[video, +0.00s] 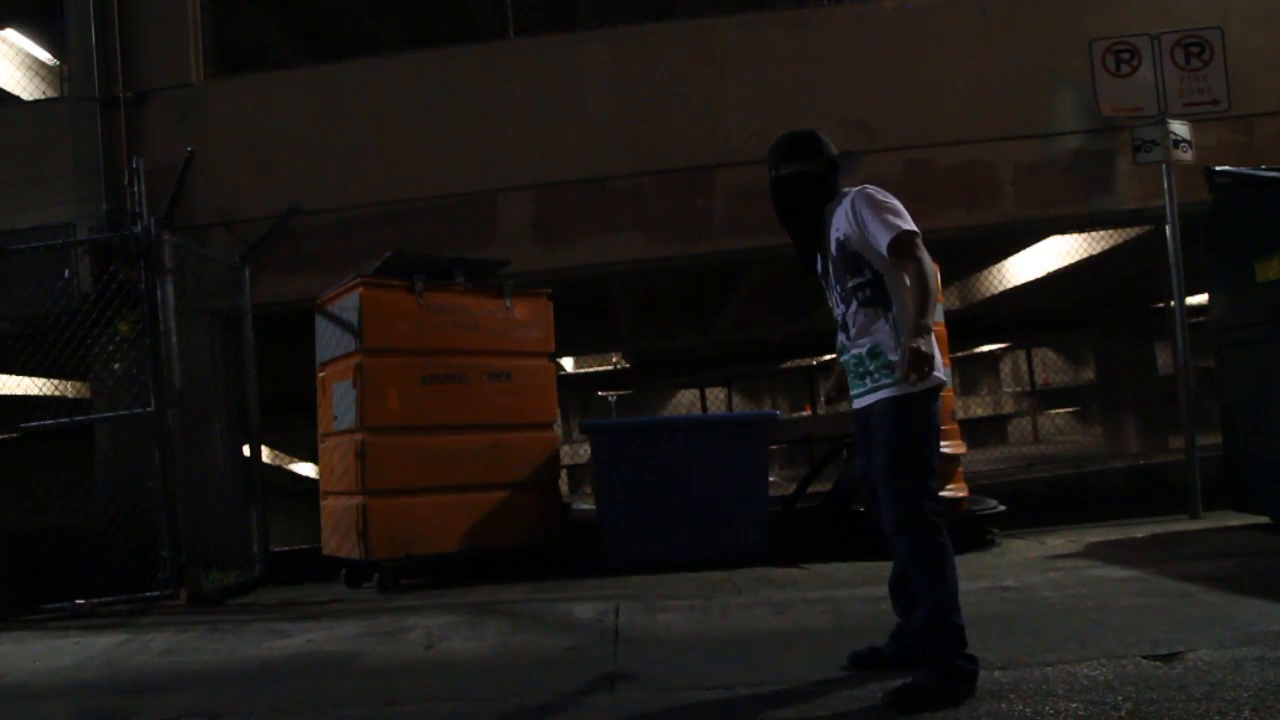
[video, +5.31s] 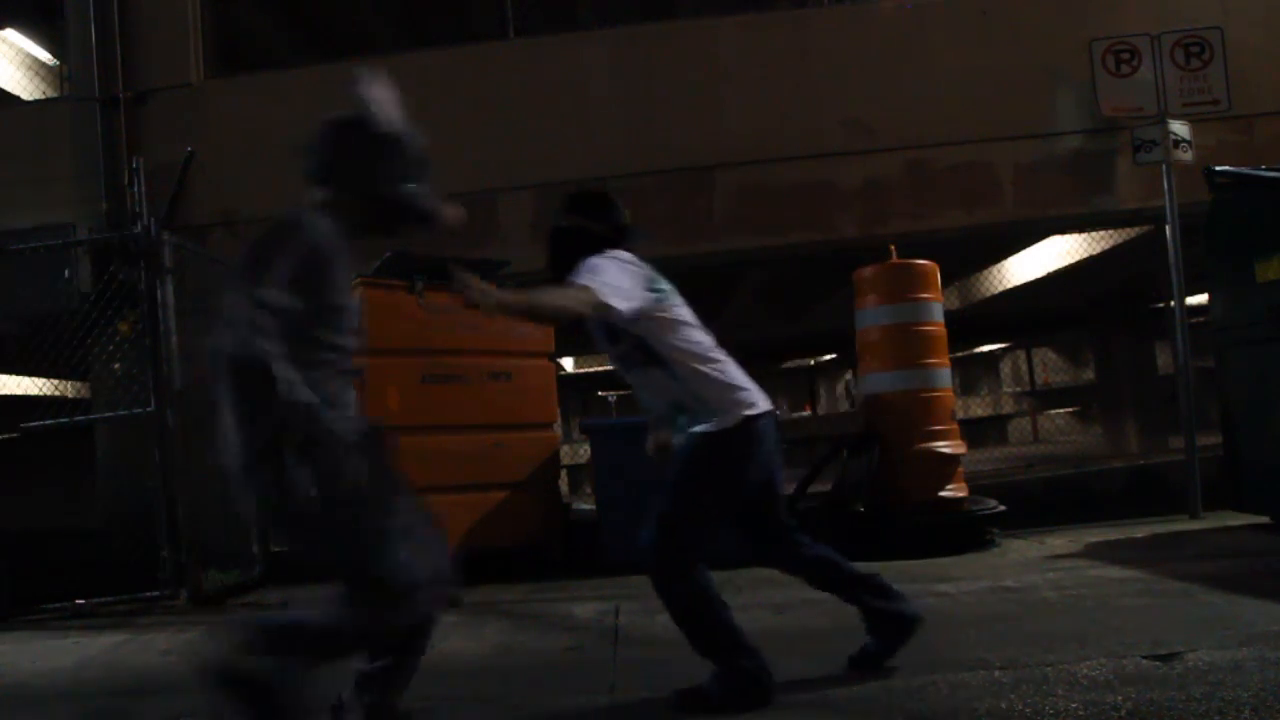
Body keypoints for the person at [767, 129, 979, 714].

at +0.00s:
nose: (782, 193)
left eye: (790, 178)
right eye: (778, 182)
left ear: (817, 171)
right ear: (790, 182)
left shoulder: (861, 203)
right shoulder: (828, 233)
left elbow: (918, 267)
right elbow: (865, 310)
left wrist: (916, 336)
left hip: (904, 392)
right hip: (875, 398)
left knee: (916, 522)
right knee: (897, 522)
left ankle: (948, 661)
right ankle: (914, 638)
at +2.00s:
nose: (770, 209)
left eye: (776, 194)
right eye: (766, 197)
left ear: (806, 185)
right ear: (783, 196)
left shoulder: (855, 210)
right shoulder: (821, 257)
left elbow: (918, 271)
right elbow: (858, 330)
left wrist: (920, 363)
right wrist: (865, 394)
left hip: (906, 393)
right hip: (875, 402)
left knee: (912, 518)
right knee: (896, 519)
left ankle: (945, 660)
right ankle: (914, 639)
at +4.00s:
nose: (774, 208)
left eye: (779, 194)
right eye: (770, 197)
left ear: (806, 185)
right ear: (786, 195)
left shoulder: (858, 213)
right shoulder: (820, 258)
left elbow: (915, 276)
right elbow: (849, 337)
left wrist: (916, 373)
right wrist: (852, 399)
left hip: (908, 393)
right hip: (874, 403)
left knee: (911, 520)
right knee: (894, 521)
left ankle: (946, 661)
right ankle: (913, 638)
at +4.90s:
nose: (712, 221)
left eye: (720, 207)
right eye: (708, 210)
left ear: (747, 202)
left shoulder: (794, 232)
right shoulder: (757, 272)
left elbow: (856, 287)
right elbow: (805, 345)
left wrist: (882, 377)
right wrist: (814, 408)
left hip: (871, 394)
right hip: (843, 402)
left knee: (846, 517)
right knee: (878, 514)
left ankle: (929, 634)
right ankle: (908, 635)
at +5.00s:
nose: (686, 228)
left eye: (694, 214)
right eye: (683, 216)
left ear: (721, 209)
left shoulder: (769, 240)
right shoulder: (733, 276)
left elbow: (840, 296)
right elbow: (782, 349)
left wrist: (886, 373)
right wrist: (791, 412)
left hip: (852, 400)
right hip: (822, 409)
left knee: (811, 522)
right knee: (870, 516)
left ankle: (910, 630)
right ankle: (914, 633)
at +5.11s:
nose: (653, 241)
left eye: (660, 228)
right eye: (652, 229)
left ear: (684, 225)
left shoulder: (735, 255)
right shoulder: (700, 291)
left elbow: (801, 320)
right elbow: (748, 363)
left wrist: (858, 391)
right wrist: (756, 423)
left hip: (825, 415)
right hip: (797, 422)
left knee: (762, 530)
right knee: (846, 527)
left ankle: (841, 640)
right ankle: (918, 634)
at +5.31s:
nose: (555, 256)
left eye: (559, 245)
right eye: (556, 248)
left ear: (576, 240)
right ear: (609, 234)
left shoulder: (615, 269)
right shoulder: (622, 275)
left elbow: (573, 303)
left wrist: (497, 298)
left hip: (728, 429)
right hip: (737, 424)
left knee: (670, 557)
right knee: (770, 539)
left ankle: (741, 675)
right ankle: (888, 611)